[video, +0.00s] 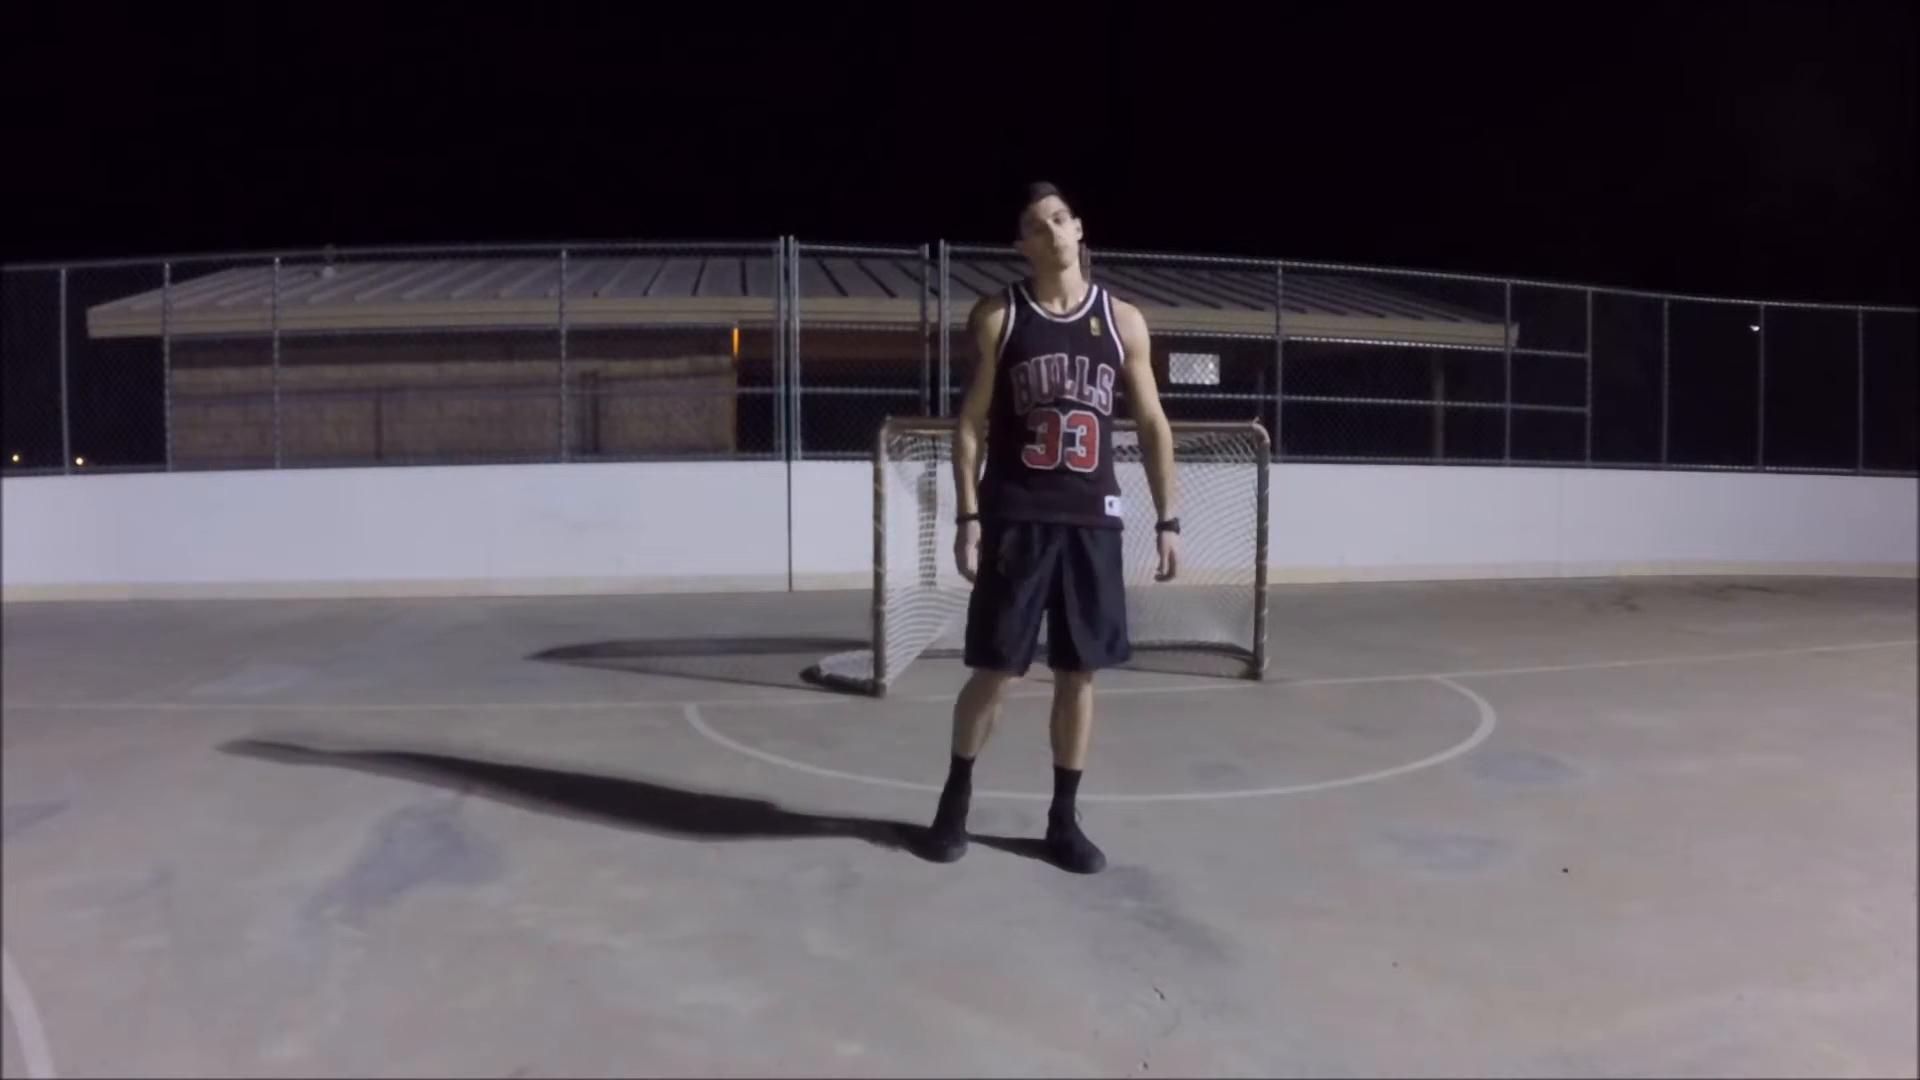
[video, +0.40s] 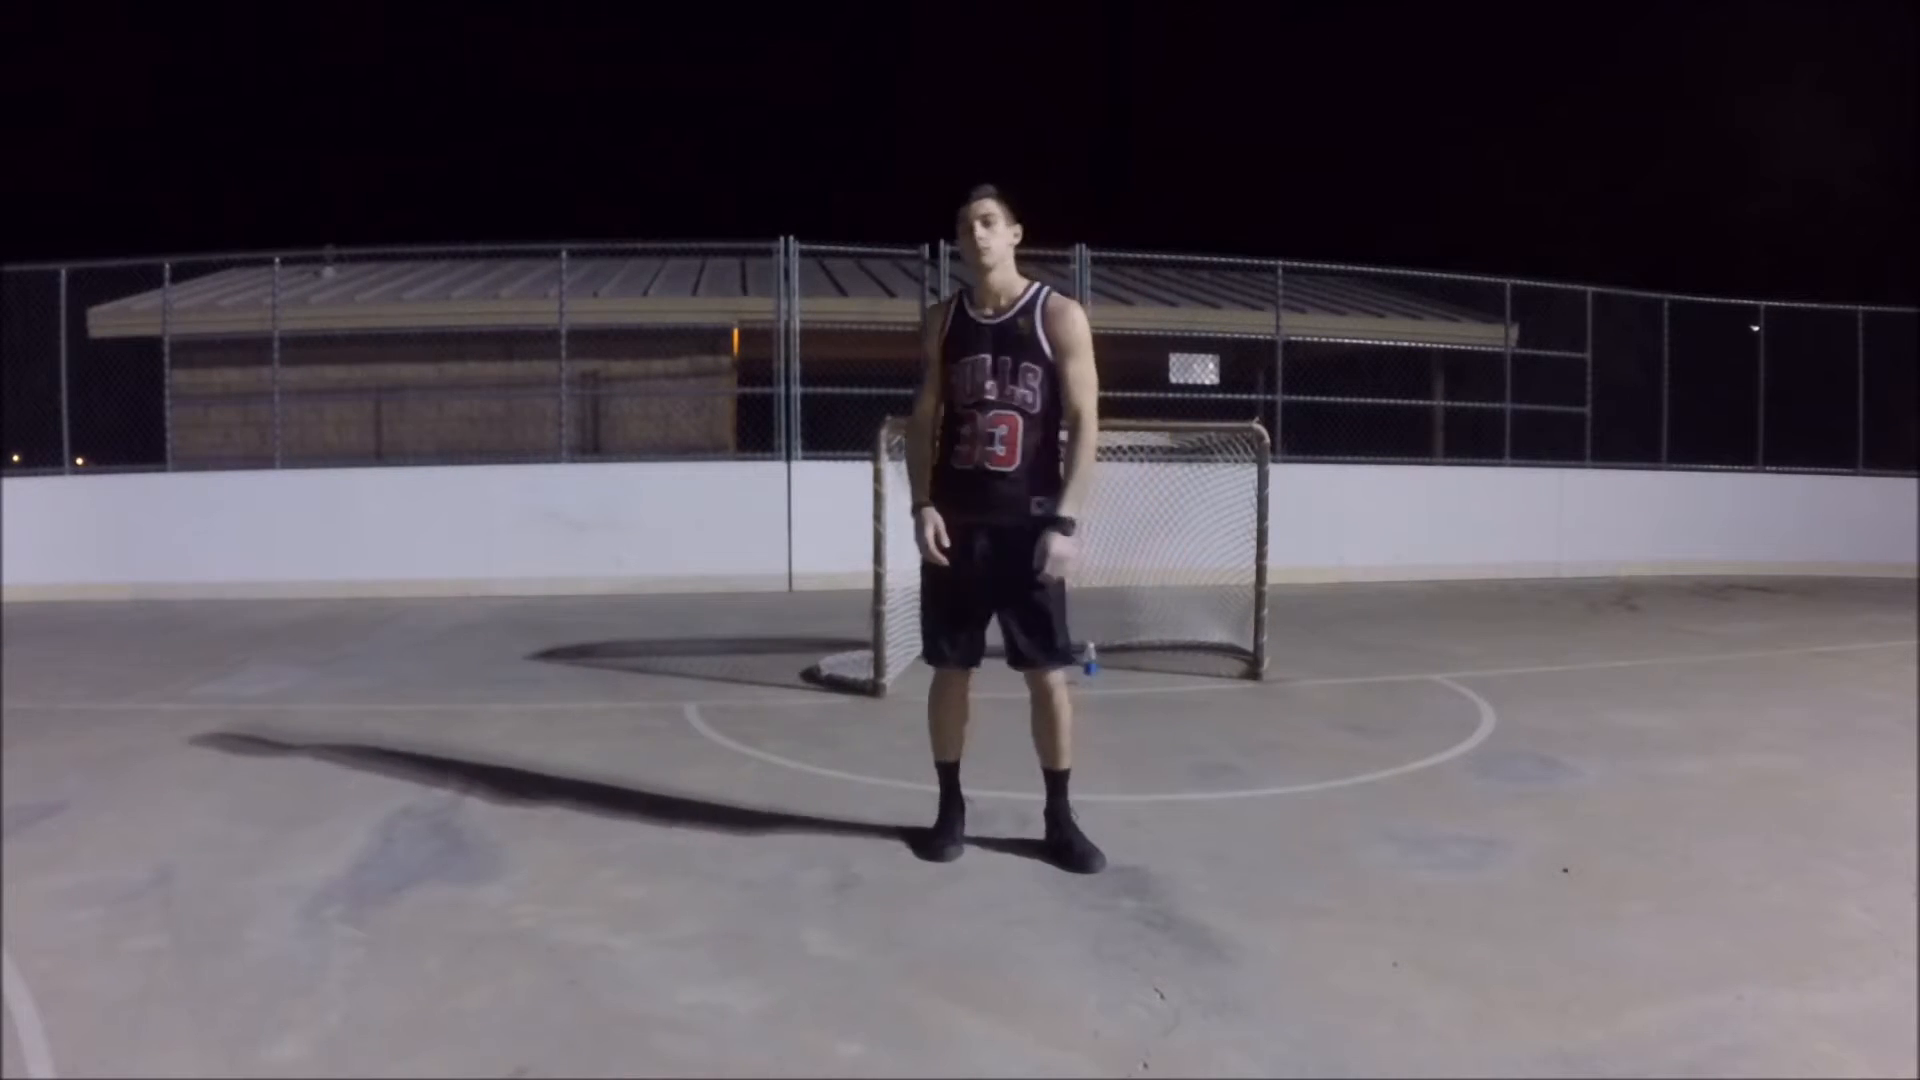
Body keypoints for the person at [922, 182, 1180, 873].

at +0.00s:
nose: (1052, 230)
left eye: (1059, 219)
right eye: (1037, 225)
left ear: (1081, 232)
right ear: (1021, 247)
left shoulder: (1124, 320)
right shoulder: (999, 316)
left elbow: (1152, 423)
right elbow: (970, 423)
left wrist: (1167, 521)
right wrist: (968, 515)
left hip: (1093, 524)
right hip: (1016, 522)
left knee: (1079, 673)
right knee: (994, 674)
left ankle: (1064, 820)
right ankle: (955, 799)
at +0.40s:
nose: (977, 235)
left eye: (989, 222)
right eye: (968, 226)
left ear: (1016, 233)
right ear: (958, 241)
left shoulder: (1060, 315)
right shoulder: (945, 317)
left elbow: (1085, 423)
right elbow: (923, 416)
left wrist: (1067, 519)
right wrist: (923, 502)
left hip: (1032, 525)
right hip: (956, 523)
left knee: (1047, 672)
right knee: (950, 667)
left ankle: (1060, 818)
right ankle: (949, 809)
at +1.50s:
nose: (986, 239)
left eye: (997, 226)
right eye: (975, 230)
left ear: (1023, 235)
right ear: (960, 244)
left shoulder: (1064, 318)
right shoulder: (942, 316)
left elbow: (1094, 421)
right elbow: (908, 406)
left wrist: (1095, 520)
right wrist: (888, 490)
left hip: (1026, 523)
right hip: (947, 516)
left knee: (1032, 664)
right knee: (913, 658)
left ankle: (1038, 803)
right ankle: (867, 786)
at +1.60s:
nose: (980, 251)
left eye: (992, 239)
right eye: (970, 242)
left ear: (1018, 246)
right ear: (958, 252)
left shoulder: (1058, 325)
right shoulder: (936, 322)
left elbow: (1097, 419)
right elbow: (872, 397)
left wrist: (1127, 505)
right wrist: (845, 478)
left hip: (1024, 531)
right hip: (943, 527)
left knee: (1035, 674)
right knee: (891, 664)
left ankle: (1040, 803)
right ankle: (828, 789)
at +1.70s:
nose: (973, 268)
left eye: (985, 257)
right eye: (963, 257)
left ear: (1007, 261)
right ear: (949, 262)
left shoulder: (1045, 332)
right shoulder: (920, 329)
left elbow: (1122, 395)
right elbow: (838, 372)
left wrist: (1187, 442)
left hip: (1017, 540)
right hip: (932, 538)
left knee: (1039, 682)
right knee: (869, 674)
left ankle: (1040, 805)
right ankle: (804, 788)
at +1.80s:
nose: (964, 260)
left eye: (973, 246)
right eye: (952, 248)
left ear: (995, 237)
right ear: (933, 244)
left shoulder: (1032, 299)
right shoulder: (904, 301)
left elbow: (1128, 325)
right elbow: (802, 328)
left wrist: (1223, 326)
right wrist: (720, 307)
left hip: (997, 513)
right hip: (915, 510)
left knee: (1015, 656)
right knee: (874, 655)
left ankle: (1032, 799)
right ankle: (808, 777)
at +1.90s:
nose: (950, 256)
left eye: (961, 242)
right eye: (939, 244)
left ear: (978, 226)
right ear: (918, 232)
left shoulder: (1011, 271)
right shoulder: (883, 277)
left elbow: (1108, 258)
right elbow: (774, 282)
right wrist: (730, 224)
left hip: (976, 486)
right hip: (901, 487)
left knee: (971, 641)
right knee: (892, 641)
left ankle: (954, 775)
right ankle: (858, 785)